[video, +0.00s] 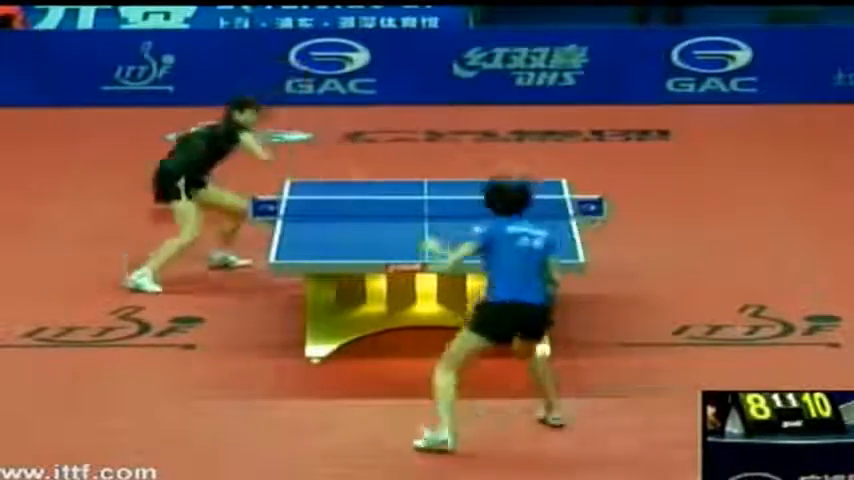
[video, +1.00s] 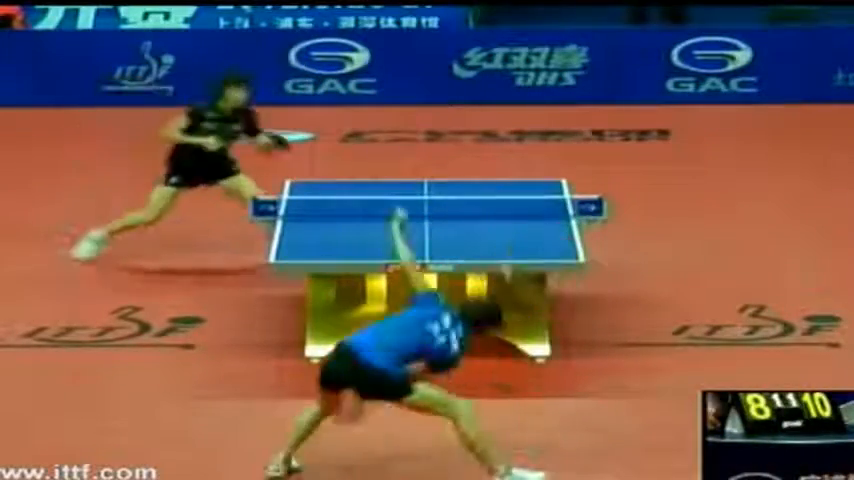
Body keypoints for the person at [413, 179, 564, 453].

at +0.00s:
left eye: (491, 202)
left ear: (494, 205)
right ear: (524, 204)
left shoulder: (492, 231)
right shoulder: (542, 235)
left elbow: (454, 261)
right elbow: (554, 279)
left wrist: (437, 258)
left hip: (498, 307)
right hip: (535, 309)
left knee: (447, 365)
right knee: (535, 352)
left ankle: (445, 431)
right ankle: (552, 411)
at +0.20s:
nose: (472, 204)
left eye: (474, 200)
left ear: (479, 202)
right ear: (512, 202)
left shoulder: (471, 223)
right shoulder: (526, 226)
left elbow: (435, 259)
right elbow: (551, 266)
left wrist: (429, 257)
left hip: (479, 302)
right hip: (523, 302)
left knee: (451, 366)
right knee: (548, 360)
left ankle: (443, 434)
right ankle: (571, 421)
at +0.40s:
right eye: (527, 209)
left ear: (491, 216)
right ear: (525, 217)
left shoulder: (478, 244)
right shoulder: (540, 248)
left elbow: (450, 277)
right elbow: (559, 285)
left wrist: (452, 310)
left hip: (479, 323)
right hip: (524, 325)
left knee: (436, 384)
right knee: (563, 385)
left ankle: (404, 449)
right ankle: (595, 450)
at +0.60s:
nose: (539, 262)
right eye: (538, 257)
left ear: (507, 247)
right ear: (532, 258)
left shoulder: (481, 262)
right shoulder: (523, 282)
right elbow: (562, 296)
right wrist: (563, 266)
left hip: (424, 333)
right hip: (463, 342)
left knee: (388, 391)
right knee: (527, 394)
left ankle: (357, 448)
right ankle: (554, 457)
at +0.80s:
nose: (516, 337)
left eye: (516, 331)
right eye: (517, 332)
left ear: (491, 312)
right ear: (508, 331)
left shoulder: (458, 310)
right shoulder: (476, 344)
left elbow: (426, 290)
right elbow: (478, 382)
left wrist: (401, 273)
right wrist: (508, 368)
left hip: (359, 358)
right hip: (389, 373)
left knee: (359, 418)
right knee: (473, 405)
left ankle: (296, 459)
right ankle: (500, 471)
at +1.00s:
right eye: (489, 328)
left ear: (467, 304)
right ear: (483, 330)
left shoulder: (433, 299)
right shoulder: (452, 352)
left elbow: (408, 265)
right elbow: (413, 375)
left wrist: (396, 230)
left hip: (344, 355)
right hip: (377, 373)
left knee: (324, 407)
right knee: (457, 409)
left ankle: (282, 460)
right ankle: (500, 470)